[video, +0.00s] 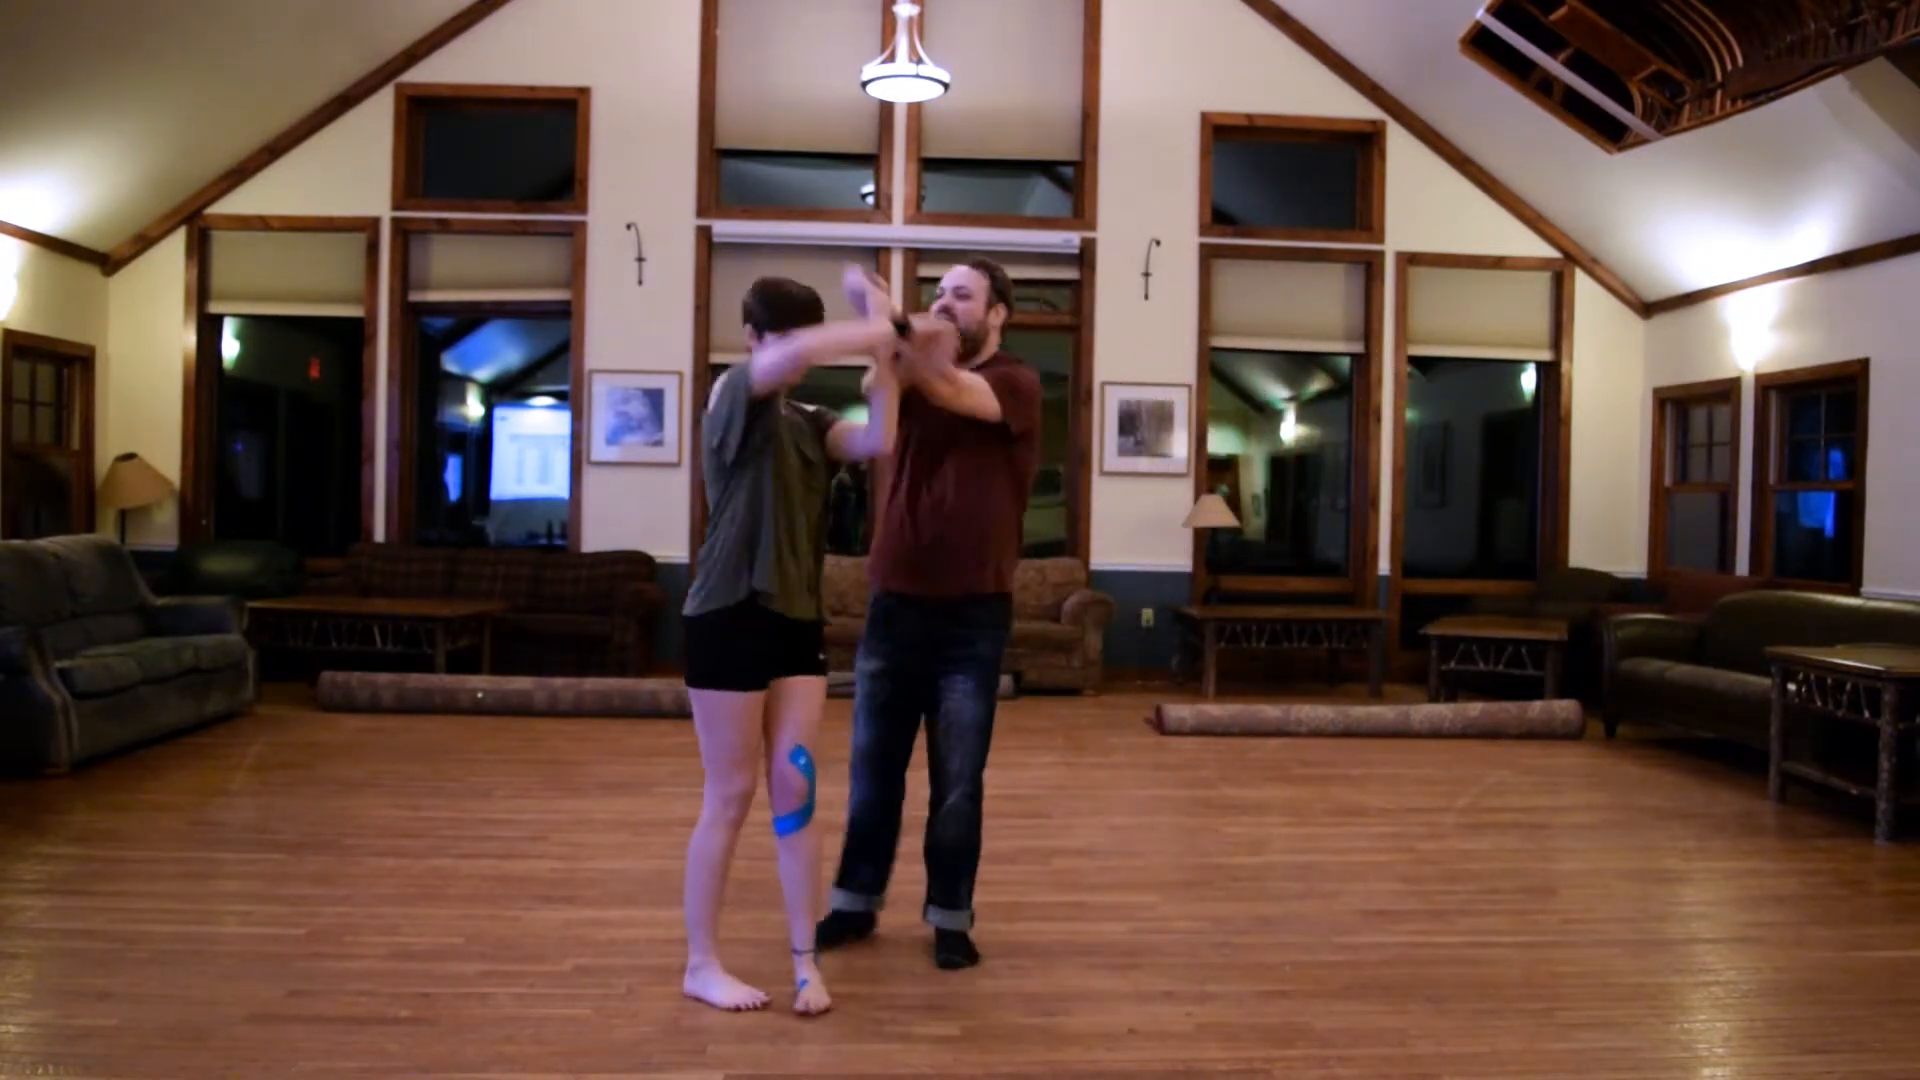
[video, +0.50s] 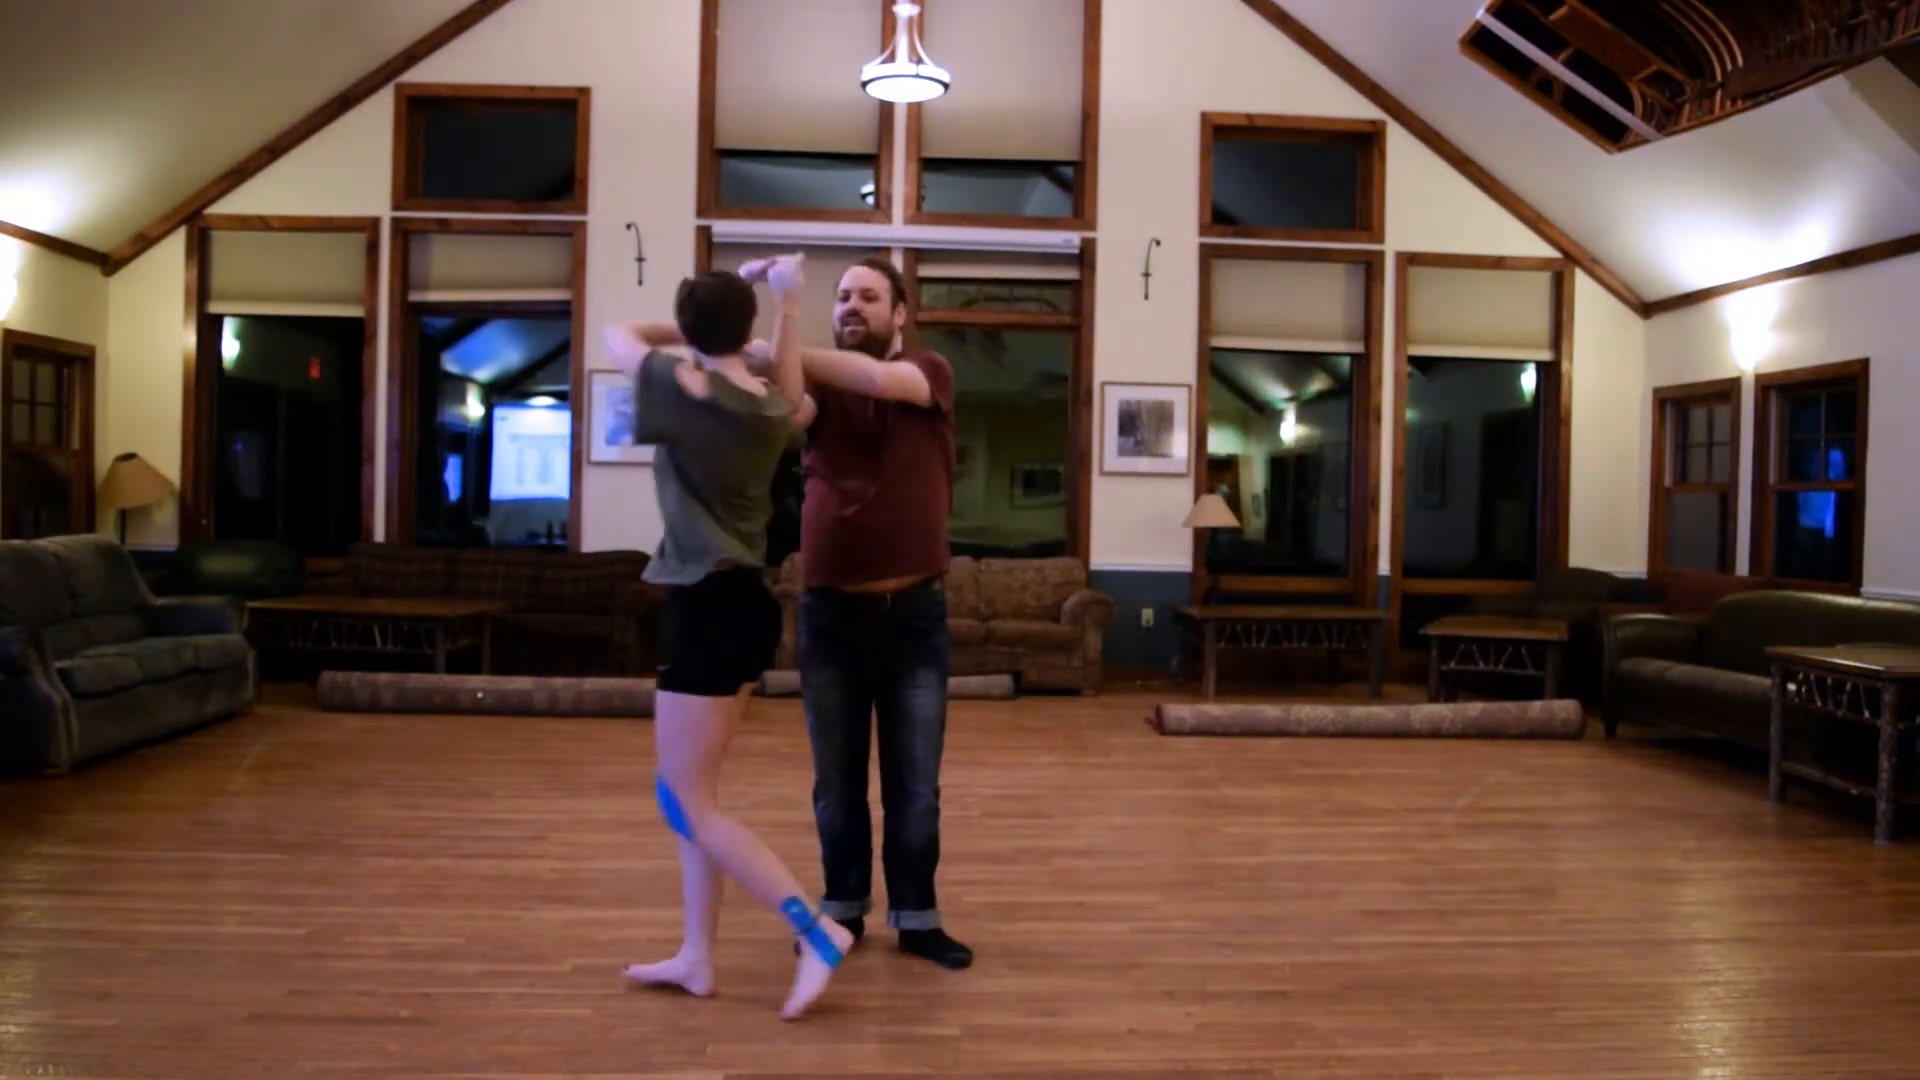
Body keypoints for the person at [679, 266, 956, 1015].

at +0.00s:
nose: (786, 354)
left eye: (792, 343)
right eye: (779, 343)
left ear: (778, 341)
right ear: (762, 342)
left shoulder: (810, 423)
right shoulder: (730, 403)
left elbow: (876, 439)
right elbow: (787, 353)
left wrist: (886, 360)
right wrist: (882, 329)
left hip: (796, 619)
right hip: (727, 616)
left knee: (793, 788)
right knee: (729, 794)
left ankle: (805, 960)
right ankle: (701, 965)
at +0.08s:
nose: (783, 357)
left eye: (797, 348)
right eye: (773, 345)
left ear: (811, 351)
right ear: (749, 341)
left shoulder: (819, 420)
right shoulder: (729, 405)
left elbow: (875, 395)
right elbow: (739, 299)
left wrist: (852, 297)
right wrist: (812, 266)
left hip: (802, 617)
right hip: (723, 611)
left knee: (801, 791)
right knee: (735, 795)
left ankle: (805, 964)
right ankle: (703, 964)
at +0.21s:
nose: (752, 368)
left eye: (763, 354)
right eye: (741, 358)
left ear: (796, 347)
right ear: (727, 356)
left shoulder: (823, 410)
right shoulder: (718, 398)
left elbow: (813, 317)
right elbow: (673, 274)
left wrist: (778, 237)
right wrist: (751, 217)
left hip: (798, 616)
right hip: (713, 610)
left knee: (792, 799)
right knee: (721, 801)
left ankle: (803, 963)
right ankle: (705, 963)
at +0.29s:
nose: (716, 362)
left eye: (727, 348)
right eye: (710, 351)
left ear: (766, 335)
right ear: (709, 347)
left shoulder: (806, 391)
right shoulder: (717, 386)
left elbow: (749, 287)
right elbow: (667, 293)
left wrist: (756, 247)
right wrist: (719, 225)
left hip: (784, 608)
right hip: (704, 599)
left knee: (773, 800)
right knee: (695, 796)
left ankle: (802, 963)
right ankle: (699, 961)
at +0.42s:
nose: (692, 340)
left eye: (700, 331)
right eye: (700, 331)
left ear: (719, 331)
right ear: (771, 322)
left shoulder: (728, 378)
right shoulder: (795, 392)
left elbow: (658, 296)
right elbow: (781, 331)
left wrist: (719, 296)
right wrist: (773, 284)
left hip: (748, 593)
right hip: (699, 591)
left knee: (728, 800)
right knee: (684, 785)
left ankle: (814, 952)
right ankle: (695, 959)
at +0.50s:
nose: (682, 334)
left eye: (684, 329)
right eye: (748, 329)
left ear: (684, 336)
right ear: (750, 339)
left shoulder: (674, 393)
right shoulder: (777, 412)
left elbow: (622, 339)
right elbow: (798, 399)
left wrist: (693, 337)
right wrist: (785, 324)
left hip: (704, 604)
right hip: (744, 602)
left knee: (688, 802)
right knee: (687, 794)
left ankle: (814, 932)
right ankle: (695, 957)